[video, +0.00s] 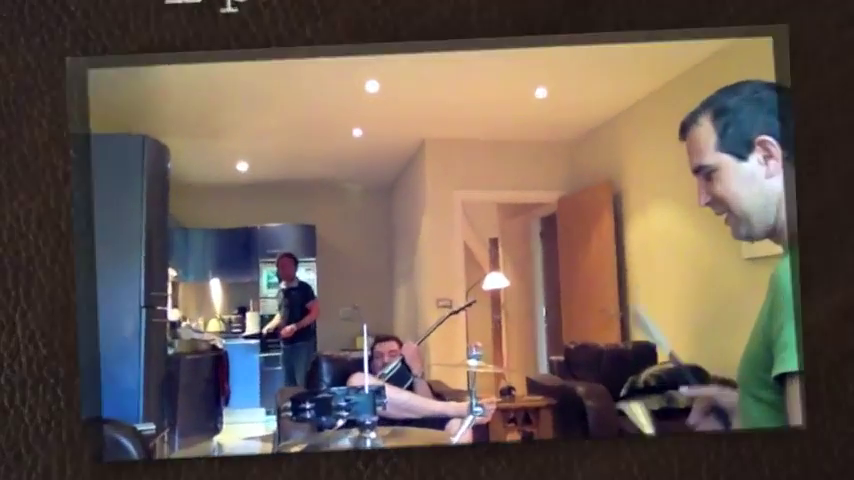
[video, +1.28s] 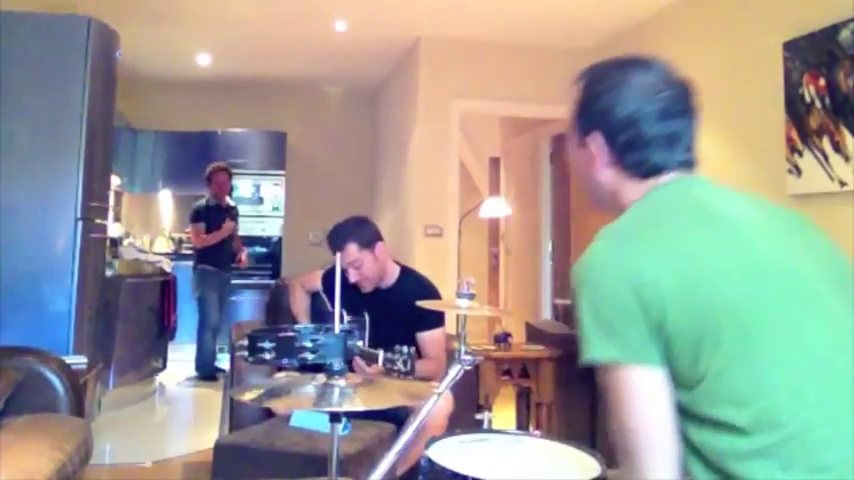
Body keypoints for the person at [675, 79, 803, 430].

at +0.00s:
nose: (703, 199)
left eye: (708, 174)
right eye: (698, 178)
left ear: (767, 157)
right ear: (766, 157)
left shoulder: (791, 273)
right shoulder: (791, 270)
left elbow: (811, 447)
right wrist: (745, 408)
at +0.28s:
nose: (705, 210)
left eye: (709, 180)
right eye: (702, 184)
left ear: (769, 163)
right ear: (770, 164)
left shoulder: (810, 293)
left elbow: (816, 466)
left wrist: (728, 474)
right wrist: (736, 471)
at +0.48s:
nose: (467, 278)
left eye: (463, 265)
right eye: (463, 264)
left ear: (483, 273)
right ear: (554, 223)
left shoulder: (545, 371)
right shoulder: (673, 260)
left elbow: (574, 473)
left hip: (763, 467)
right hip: (845, 438)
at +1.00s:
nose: (495, 228)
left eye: (493, 217)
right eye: (492, 215)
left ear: (513, 227)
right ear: (590, 185)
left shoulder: (560, 346)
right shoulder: (708, 241)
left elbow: (586, 471)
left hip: (765, 466)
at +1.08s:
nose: (509, 215)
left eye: (509, 201)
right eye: (508, 198)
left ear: (530, 210)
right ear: (609, 175)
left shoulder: (570, 323)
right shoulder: (725, 235)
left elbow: (599, 476)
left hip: (760, 467)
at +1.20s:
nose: (546, 179)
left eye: (549, 164)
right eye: (547, 162)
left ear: (571, 171)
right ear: (653, 147)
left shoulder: (597, 279)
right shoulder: (762, 226)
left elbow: (628, 471)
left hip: (749, 468)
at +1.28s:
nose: (571, 157)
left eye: (573, 142)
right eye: (572, 141)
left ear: (598, 152)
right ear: (681, 134)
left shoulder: (616, 259)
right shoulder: (785, 220)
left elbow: (651, 468)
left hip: (748, 468)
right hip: (843, 460)